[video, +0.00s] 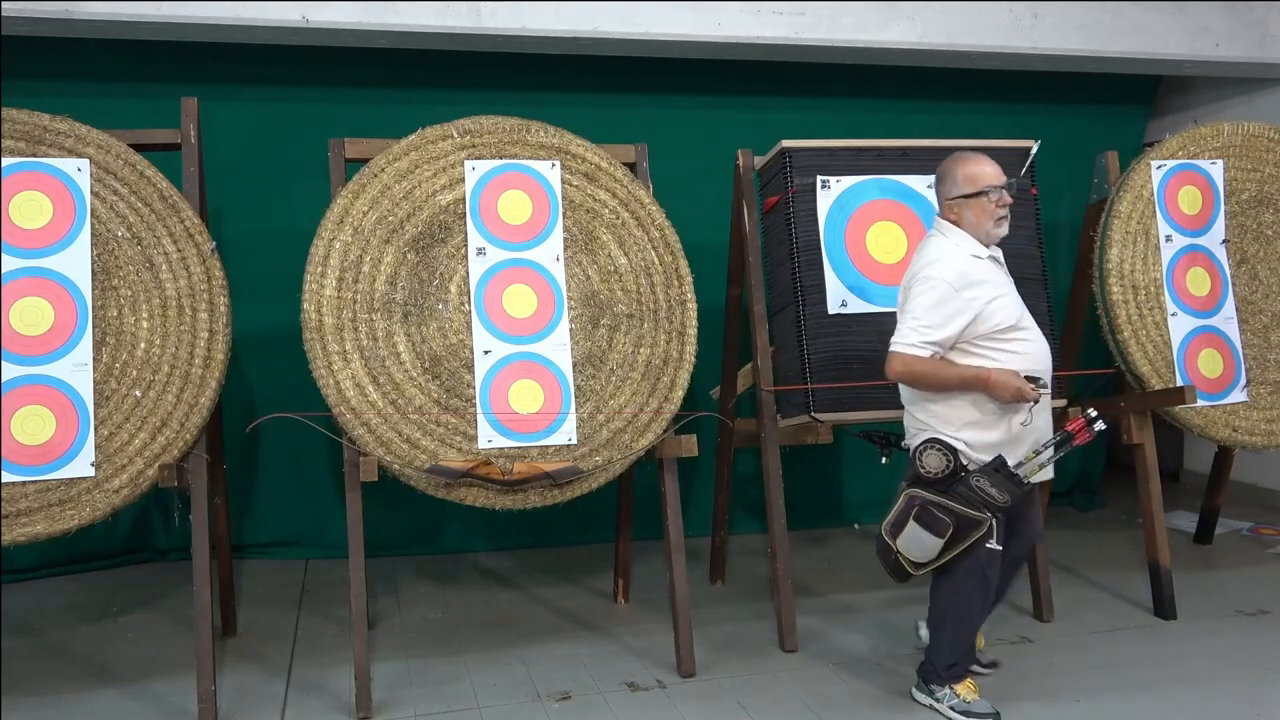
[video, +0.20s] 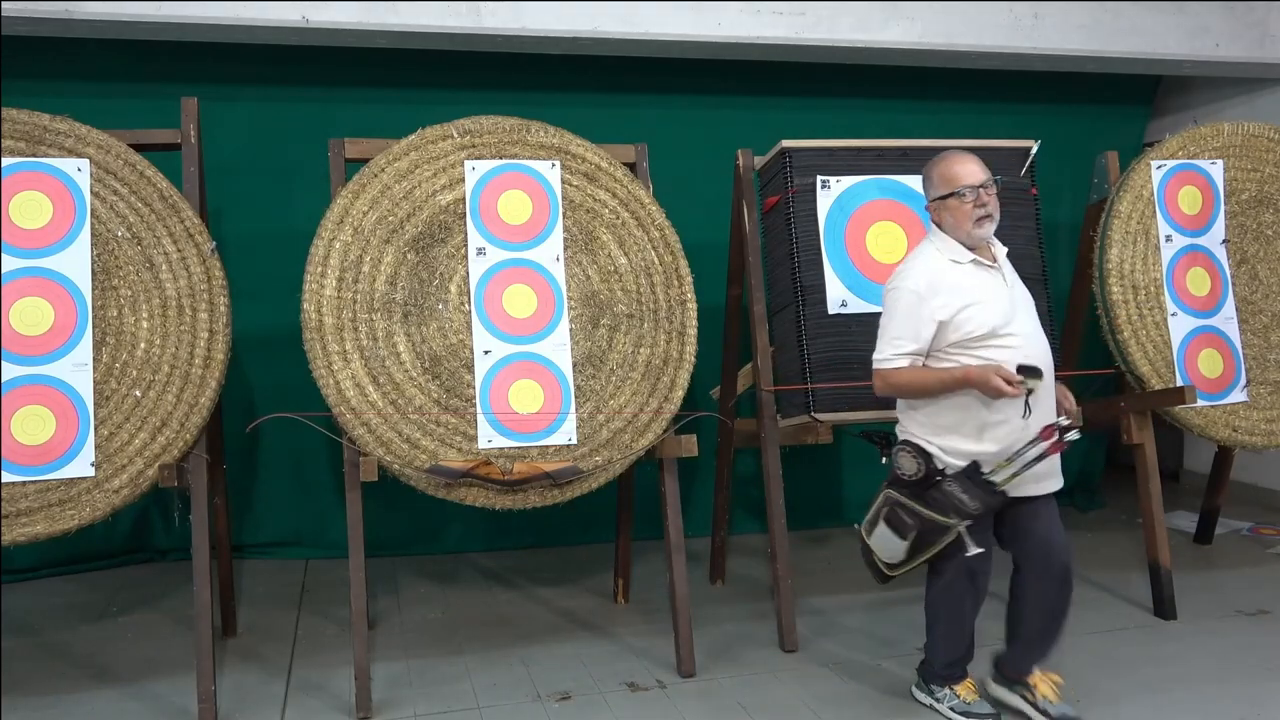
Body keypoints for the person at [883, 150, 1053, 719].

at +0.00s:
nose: (1006, 201)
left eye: (1006, 191)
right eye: (993, 194)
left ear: (973, 204)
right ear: (956, 205)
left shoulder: (972, 252)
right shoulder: (941, 265)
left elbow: (947, 344)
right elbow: (901, 363)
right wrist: (987, 378)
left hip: (1003, 442)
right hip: (969, 452)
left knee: (1017, 541)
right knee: (968, 563)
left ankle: (949, 628)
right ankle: (942, 675)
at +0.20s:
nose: (983, 201)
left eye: (988, 189)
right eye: (966, 195)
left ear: (995, 193)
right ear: (936, 208)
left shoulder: (996, 257)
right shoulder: (916, 276)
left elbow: (1001, 340)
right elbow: (886, 378)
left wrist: (1049, 386)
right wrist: (968, 377)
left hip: (1020, 449)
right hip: (953, 459)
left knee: (1049, 557)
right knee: (961, 568)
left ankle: (1019, 669)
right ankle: (942, 676)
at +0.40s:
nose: (967, 205)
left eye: (976, 191)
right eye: (949, 198)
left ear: (991, 196)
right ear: (928, 211)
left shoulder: (1025, 258)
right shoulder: (903, 280)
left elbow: (1044, 351)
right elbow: (879, 383)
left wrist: (1056, 421)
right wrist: (937, 353)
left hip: (1020, 464)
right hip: (940, 470)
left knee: (1028, 591)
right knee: (947, 583)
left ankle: (1030, 709)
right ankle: (946, 675)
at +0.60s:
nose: (967, 201)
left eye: (980, 188)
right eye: (951, 192)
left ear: (1002, 197)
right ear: (934, 205)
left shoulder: (1047, 277)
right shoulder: (899, 275)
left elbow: (1076, 377)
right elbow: (856, 376)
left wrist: (1081, 459)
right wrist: (895, 355)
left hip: (1011, 485)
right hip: (923, 482)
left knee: (1010, 624)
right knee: (937, 593)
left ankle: (995, 712)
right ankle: (951, 669)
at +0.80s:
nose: (953, 185)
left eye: (969, 172)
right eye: (939, 175)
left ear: (996, 183)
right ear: (923, 187)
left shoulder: (1045, 269)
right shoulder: (888, 265)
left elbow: (1084, 385)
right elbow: (845, 354)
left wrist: (1097, 478)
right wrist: (861, 360)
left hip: (997, 498)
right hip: (905, 492)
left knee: (1002, 646)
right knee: (914, 620)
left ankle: (994, 715)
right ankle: (956, 694)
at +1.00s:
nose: (915, 188)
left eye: (931, 173)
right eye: (899, 178)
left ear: (961, 182)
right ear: (886, 195)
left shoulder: (1020, 264)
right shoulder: (867, 269)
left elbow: (1083, 378)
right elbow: (850, 353)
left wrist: (1049, 465)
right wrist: (838, 373)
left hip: (984, 524)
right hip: (881, 520)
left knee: (993, 683)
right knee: (875, 671)